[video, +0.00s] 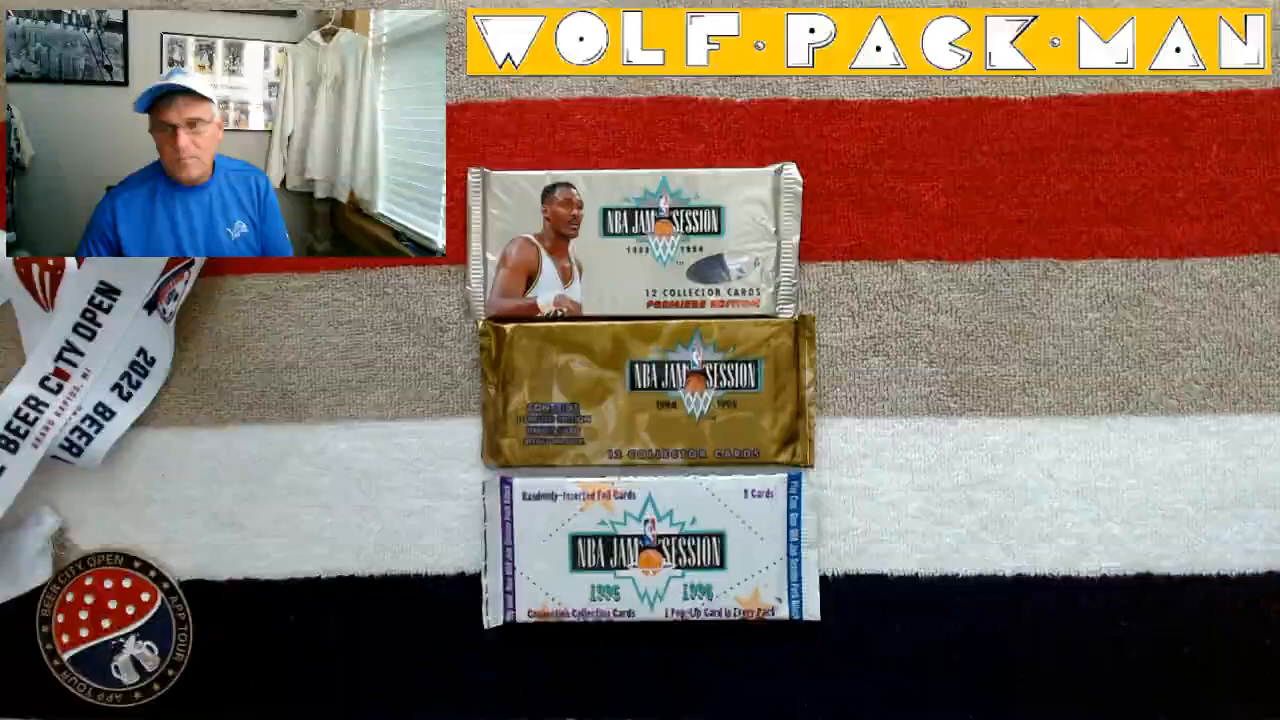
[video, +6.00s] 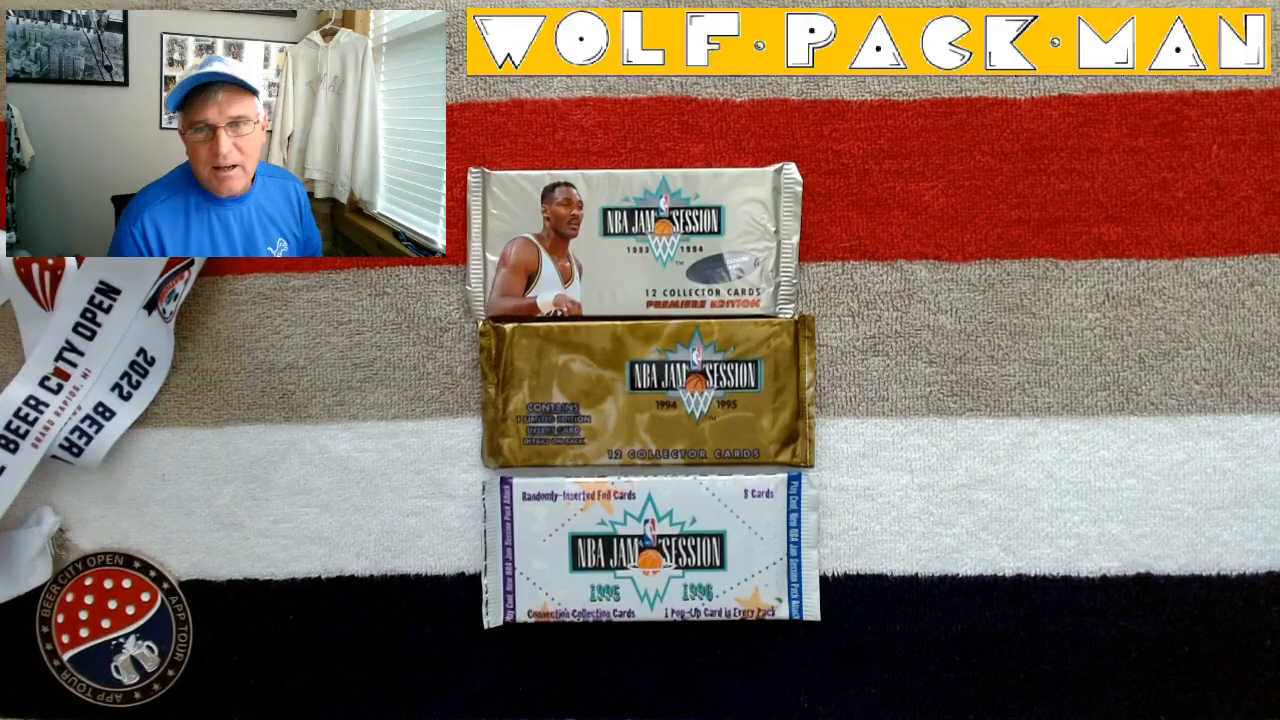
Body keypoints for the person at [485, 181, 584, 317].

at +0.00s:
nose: (576, 214)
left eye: (580, 207)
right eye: (567, 206)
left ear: (583, 211)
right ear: (546, 211)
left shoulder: (575, 264)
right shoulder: (521, 250)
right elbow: (495, 308)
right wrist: (550, 303)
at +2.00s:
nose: (576, 213)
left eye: (580, 207)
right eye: (566, 205)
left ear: (583, 211)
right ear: (546, 211)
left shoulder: (575, 265)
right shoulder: (521, 250)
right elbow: (495, 307)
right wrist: (550, 301)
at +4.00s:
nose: (576, 213)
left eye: (580, 206)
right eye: (566, 205)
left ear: (583, 211)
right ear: (546, 211)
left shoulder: (575, 265)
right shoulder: (520, 250)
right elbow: (495, 307)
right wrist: (550, 301)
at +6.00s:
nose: (576, 213)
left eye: (580, 207)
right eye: (566, 205)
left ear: (583, 212)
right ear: (545, 211)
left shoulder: (575, 266)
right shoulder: (521, 250)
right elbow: (495, 307)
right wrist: (550, 301)